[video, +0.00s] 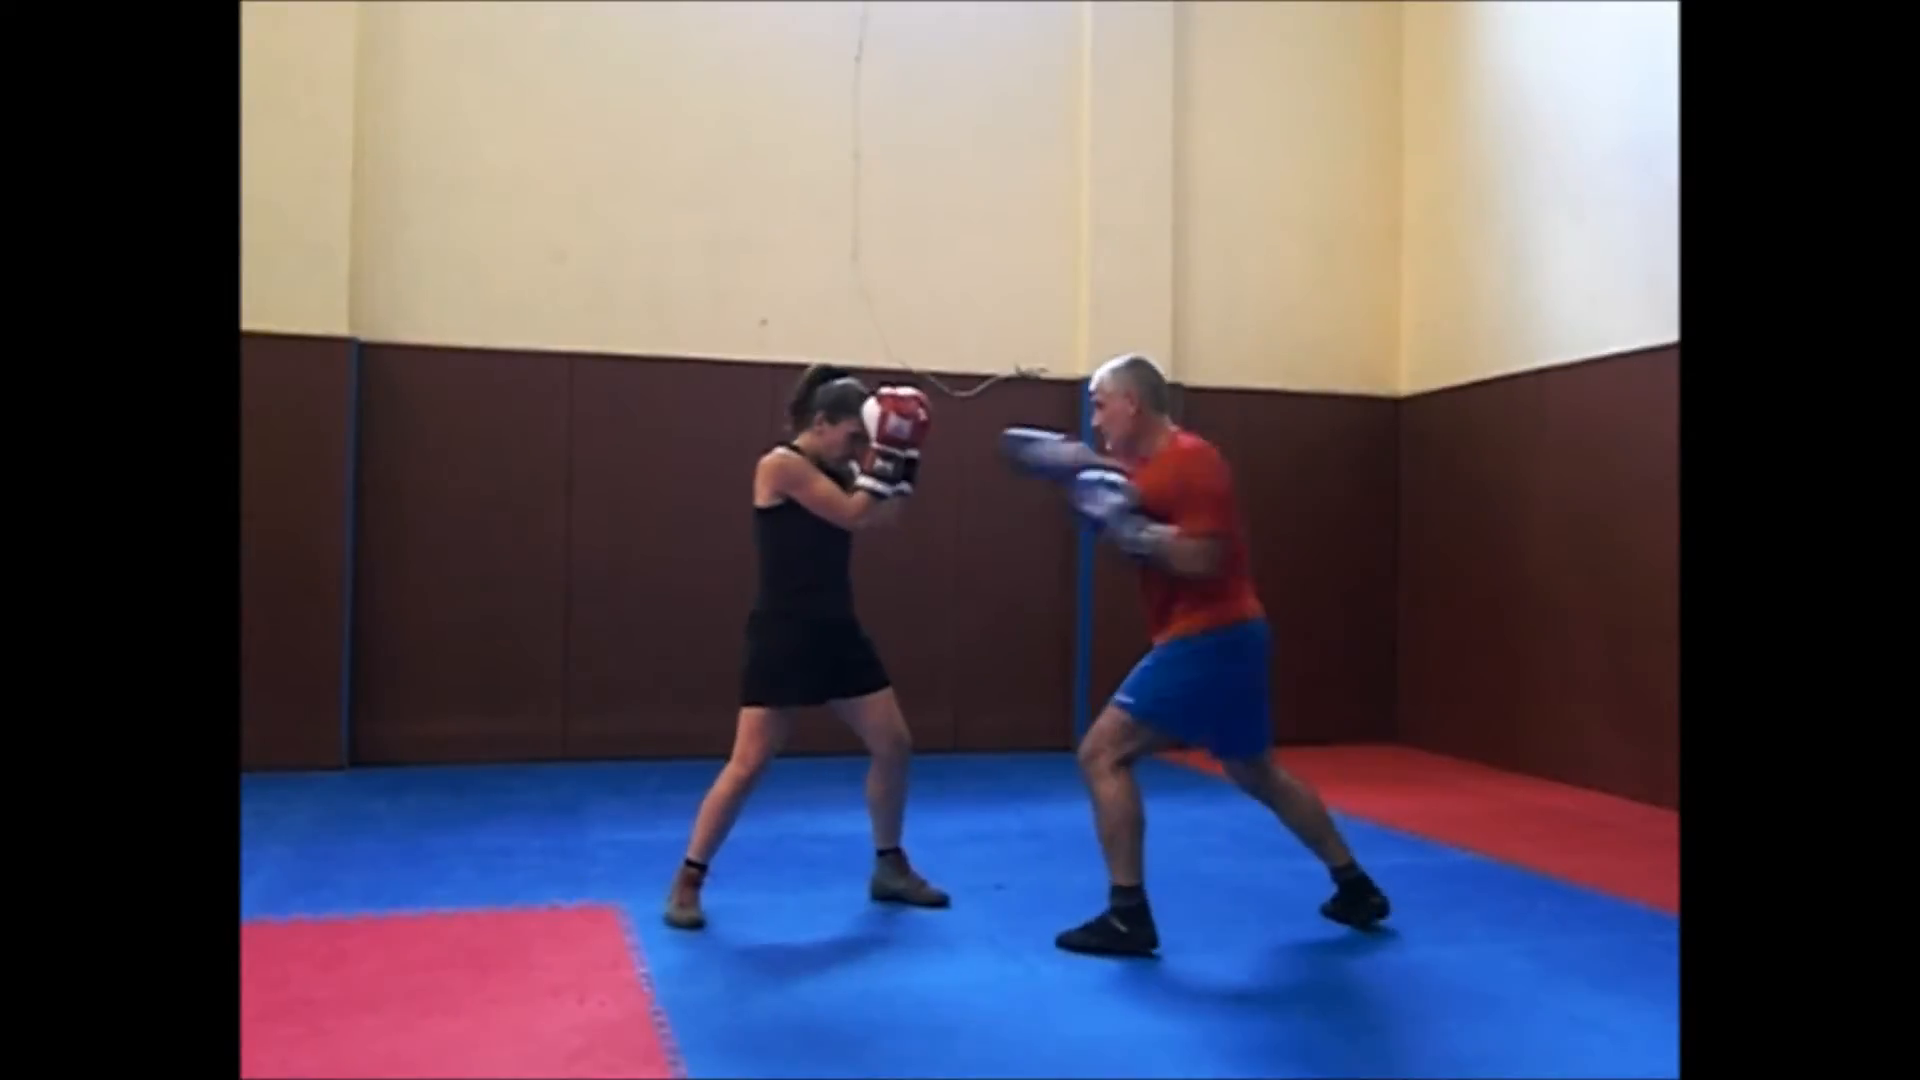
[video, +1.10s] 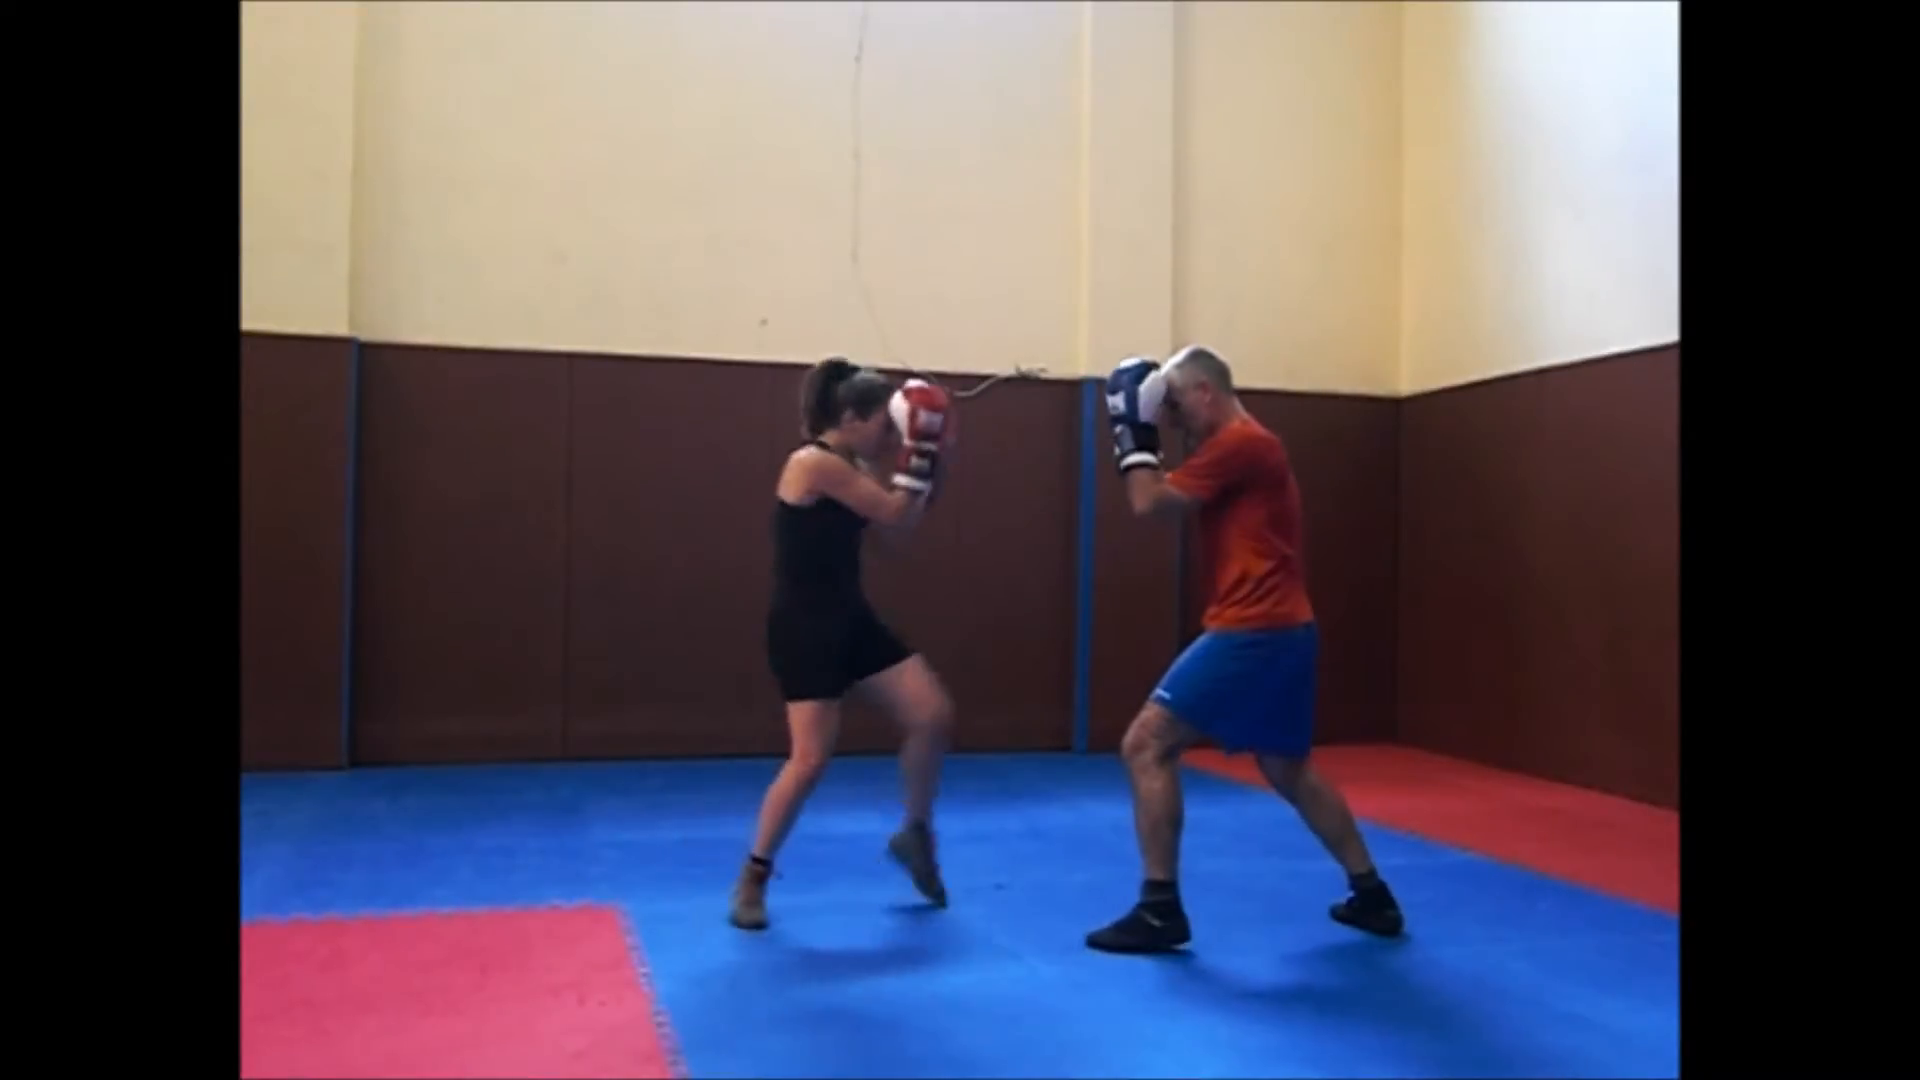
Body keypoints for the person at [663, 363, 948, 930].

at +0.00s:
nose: (855, 447)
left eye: (860, 438)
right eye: (852, 435)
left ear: (840, 429)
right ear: (821, 423)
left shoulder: (831, 472)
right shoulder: (780, 466)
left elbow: (876, 513)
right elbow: (851, 514)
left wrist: (901, 467)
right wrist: (877, 475)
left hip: (835, 633)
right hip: (782, 635)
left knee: (892, 743)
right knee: (749, 762)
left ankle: (890, 868)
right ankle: (688, 881)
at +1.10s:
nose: (886, 433)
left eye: (887, 423)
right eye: (881, 422)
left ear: (851, 420)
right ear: (852, 419)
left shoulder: (843, 467)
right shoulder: (813, 465)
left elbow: (893, 523)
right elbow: (897, 514)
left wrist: (919, 463)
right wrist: (918, 460)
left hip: (850, 623)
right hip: (806, 629)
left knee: (930, 713)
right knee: (809, 758)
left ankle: (916, 835)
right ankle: (755, 875)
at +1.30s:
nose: (918, 430)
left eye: (921, 420)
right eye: (910, 419)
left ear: (910, 418)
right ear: (872, 414)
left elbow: (988, 485)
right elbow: (826, 542)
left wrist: (1036, 456)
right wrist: (884, 494)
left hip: (898, 615)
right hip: (837, 618)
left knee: (948, 735)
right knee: (812, 741)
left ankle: (961, 850)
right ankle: (751, 871)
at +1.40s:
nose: (937, 438)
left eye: (940, 428)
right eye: (930, 426)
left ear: (929, 427)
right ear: (891, 420)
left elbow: (1014, 497)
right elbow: (832, 551)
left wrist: (1059, 463)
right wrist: (884, 509)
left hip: (912, 626)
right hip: (856, 627)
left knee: (955, 741)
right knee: (833, 746)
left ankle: (956, 865)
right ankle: (759, 870)